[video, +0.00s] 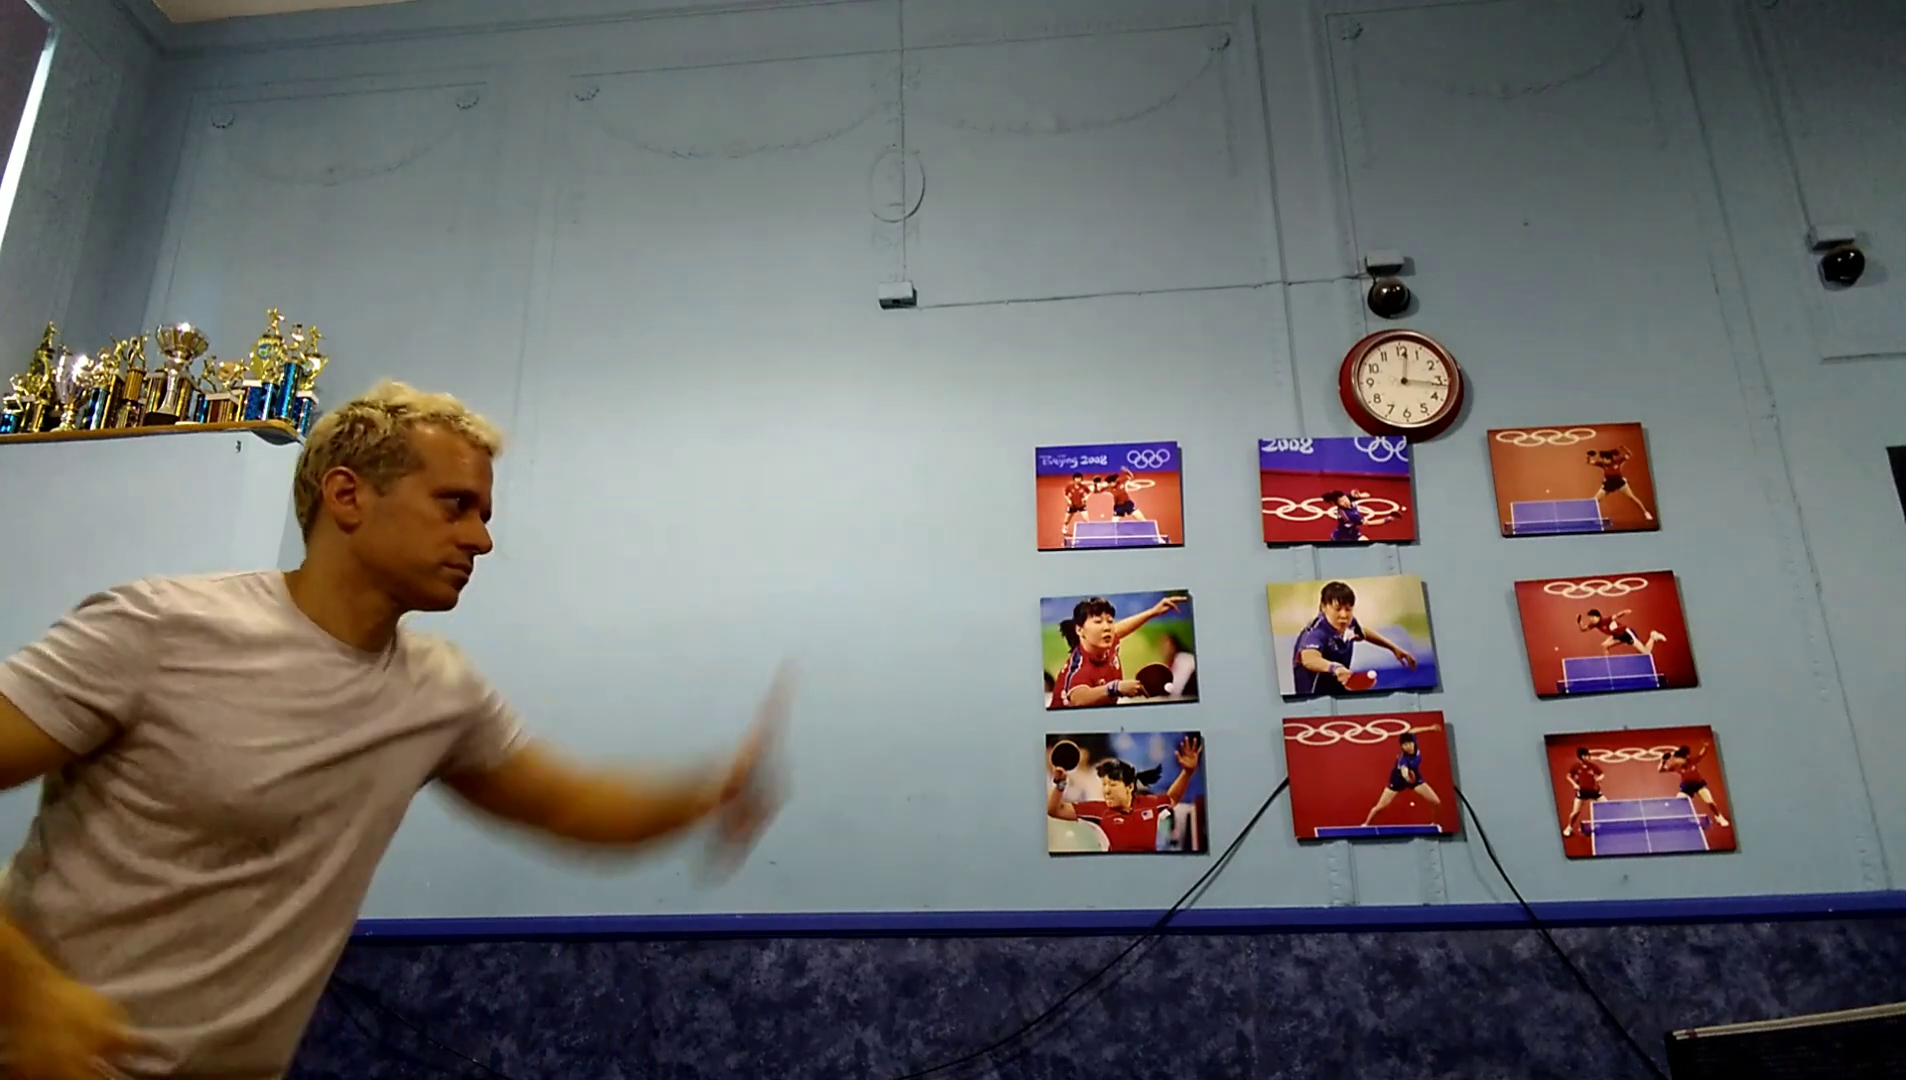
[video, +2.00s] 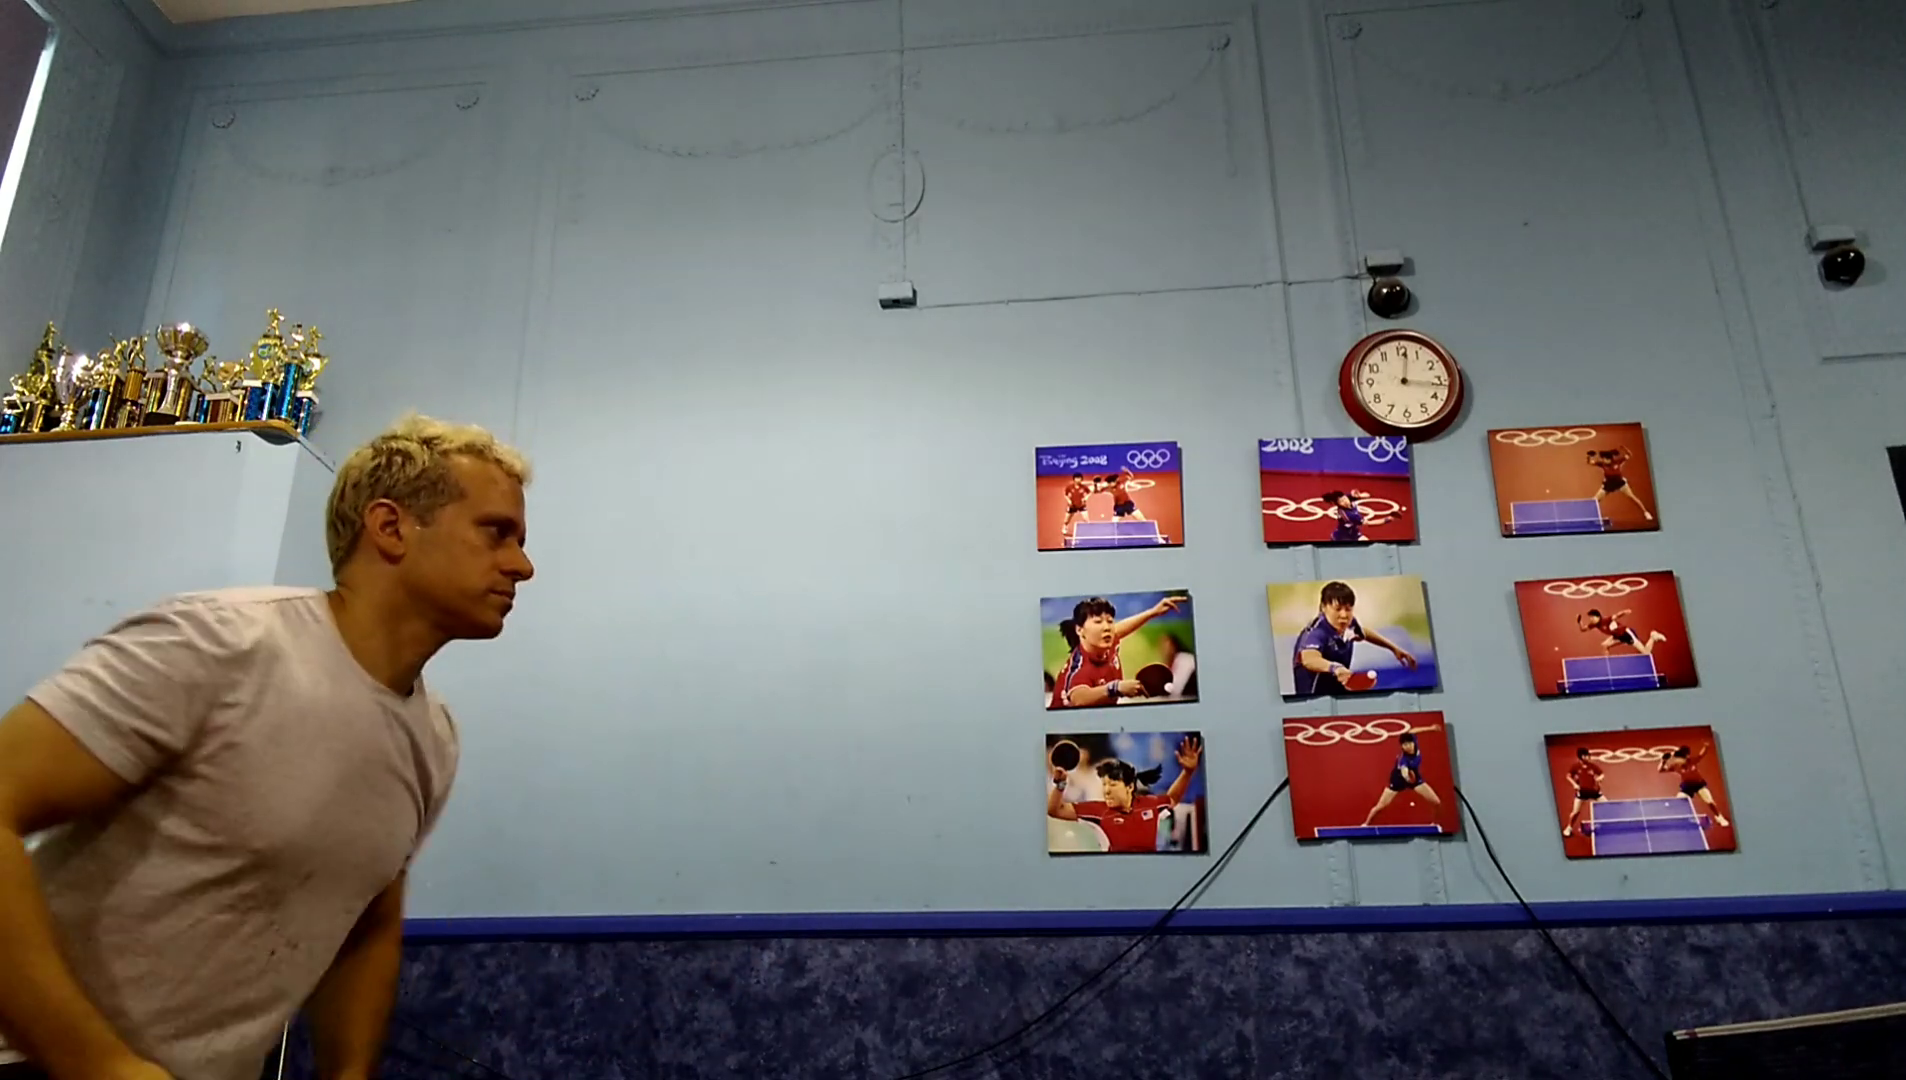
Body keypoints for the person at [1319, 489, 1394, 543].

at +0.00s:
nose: (1344, 502)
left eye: (1344, 499)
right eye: (1341, 502)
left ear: (1346, 497)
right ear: (1338, 505)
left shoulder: (1350, 499)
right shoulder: (1350, 515)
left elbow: (1367, 496)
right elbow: (1367, 523)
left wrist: (1359, 495)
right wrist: (1386, 520)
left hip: (1355, 535)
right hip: (1341, 538)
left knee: (1370, 547)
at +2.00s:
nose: (1345, 502)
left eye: (1344, 499)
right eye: (1341, 502)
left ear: (1347, 497)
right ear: (1338, 505)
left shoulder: (1349, 499)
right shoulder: (1350, 515)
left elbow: (1368, 495)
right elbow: (1367, 523)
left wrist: (1360, 495)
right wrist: (1384, 520)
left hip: (1355, 535)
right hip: (1342, 538)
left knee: (1370, 547)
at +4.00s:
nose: (1344, 502)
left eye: (1343, 499)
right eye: (1340, 502)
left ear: (1346, 497)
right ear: (1338, 505)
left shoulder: (1350, 500)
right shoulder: (1349, 515)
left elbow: (1367, 496)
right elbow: (1367, 523)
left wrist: (1360, 495)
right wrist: (1385, 520)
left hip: (1355, 535)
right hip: (1341, 537)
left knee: (1370, 547)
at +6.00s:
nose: (1344, 502)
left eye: (1344, 499)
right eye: (1341, 502)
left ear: (1346, 497)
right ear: (1339, 505)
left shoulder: (1348, 498)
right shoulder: (1350, 515)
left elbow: (1367, 496)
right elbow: (1367, 523)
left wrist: (1360, 495)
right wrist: (1385, 520)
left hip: (1356, 536)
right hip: (1341, 538)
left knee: (1371, 548)